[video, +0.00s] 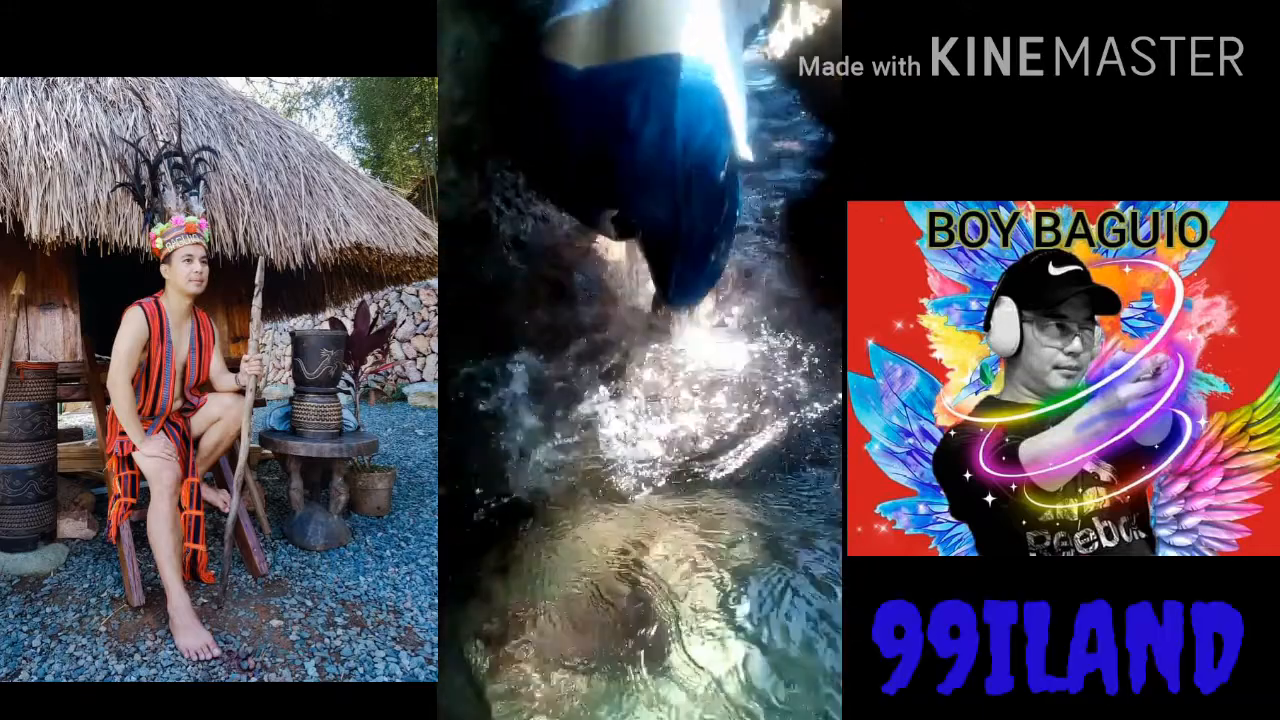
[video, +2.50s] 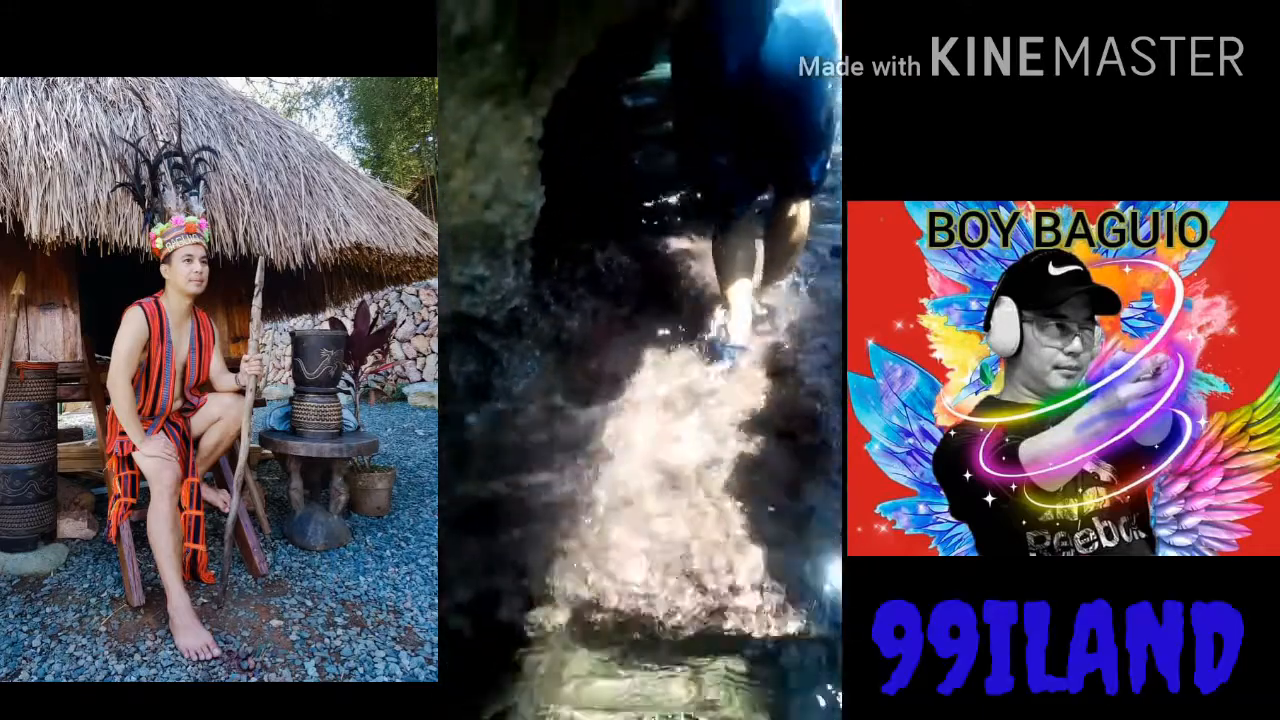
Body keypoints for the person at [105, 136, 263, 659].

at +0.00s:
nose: (198, 269)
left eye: (203, 260)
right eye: (187, 261)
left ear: (207, 266)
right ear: (164, 267)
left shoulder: (206, 323)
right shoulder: (142, 316)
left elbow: (220, 381)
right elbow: (117, 380)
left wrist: (243, 380)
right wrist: (138, 440)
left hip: (180, 419)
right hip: (140, 424)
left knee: (237, 407)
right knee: (169, 476)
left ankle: (191, 479)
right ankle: (179, 605)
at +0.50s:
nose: (198, 268)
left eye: (203, 260)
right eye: (187, 260)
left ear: (207, 266)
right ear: (164, 267)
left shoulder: (206, 324)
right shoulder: (142, 316)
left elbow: (221, 382)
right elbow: (117, 380)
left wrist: (244, 379)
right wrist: (138, 440)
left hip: (180, 420)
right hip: (140, 425)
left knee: (237, 407)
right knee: (169, 476)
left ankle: (191, 479)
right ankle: (179, 606)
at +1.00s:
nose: (198, 268)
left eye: (203, 260)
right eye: (187, 261)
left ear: (207, 267)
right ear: (164, 267)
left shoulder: (205, 323)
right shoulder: (142, 316)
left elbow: (220, 381)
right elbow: (117, 380)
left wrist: (244, 380)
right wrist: (139, 440)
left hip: (180, 419)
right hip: (141, 425)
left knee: (238, 407)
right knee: (169, 477)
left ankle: (191, 478)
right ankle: (179, 607)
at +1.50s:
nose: (198, 269)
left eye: (203, 260)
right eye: (187, 261)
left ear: (207, 266)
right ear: (164, 267)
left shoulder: (205, 322)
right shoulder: (142, 316)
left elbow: (220, 380)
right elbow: (117, 380)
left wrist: (242, 380)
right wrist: (138, 440)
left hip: (181, 419)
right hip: (141, 425)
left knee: (237, 407)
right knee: (169, 476)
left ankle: (191, 478)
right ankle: (179, 605)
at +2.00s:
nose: (198, 268)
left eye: (203, 260)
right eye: (187, 260)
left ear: (208, 267)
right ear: (165, 267)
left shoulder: (206, 324)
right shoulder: (142, 316)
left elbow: (220, 382)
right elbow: (117, 380)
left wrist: (243, 380)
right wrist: (138, 440)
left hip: (180, 419)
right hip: (140, 424)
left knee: (237, 407)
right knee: (169, 477)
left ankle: (191, 478)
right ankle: (179, 606)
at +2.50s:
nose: (198, 268)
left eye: (203, 260)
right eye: (187, 260)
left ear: (208, 267)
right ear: (165, 267)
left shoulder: (206, 324)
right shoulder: (142, 316)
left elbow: (220, 381)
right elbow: (117, 380)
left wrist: (243, 381)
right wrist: (138, 440)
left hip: (180, 419)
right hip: (140, 424)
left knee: (236, 407)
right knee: (169, 476)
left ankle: (191, 478)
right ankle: (179, 605)